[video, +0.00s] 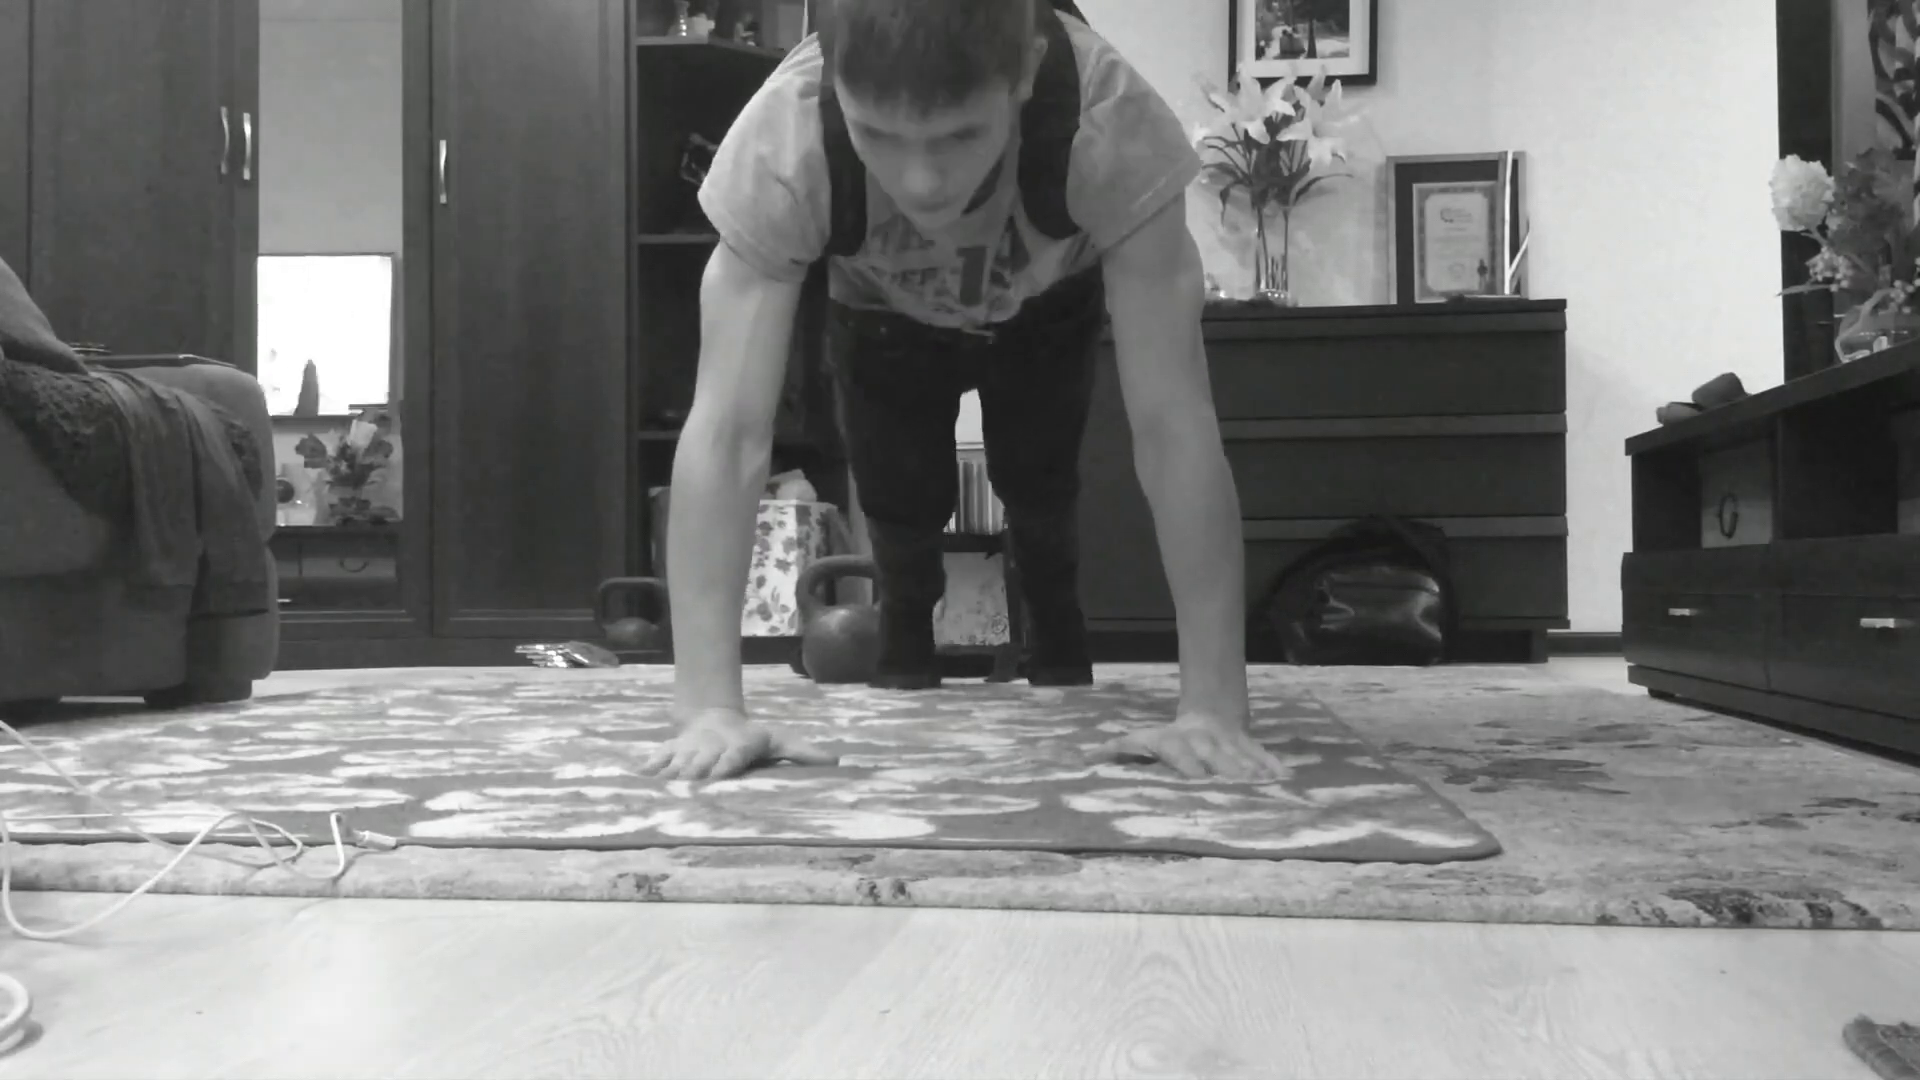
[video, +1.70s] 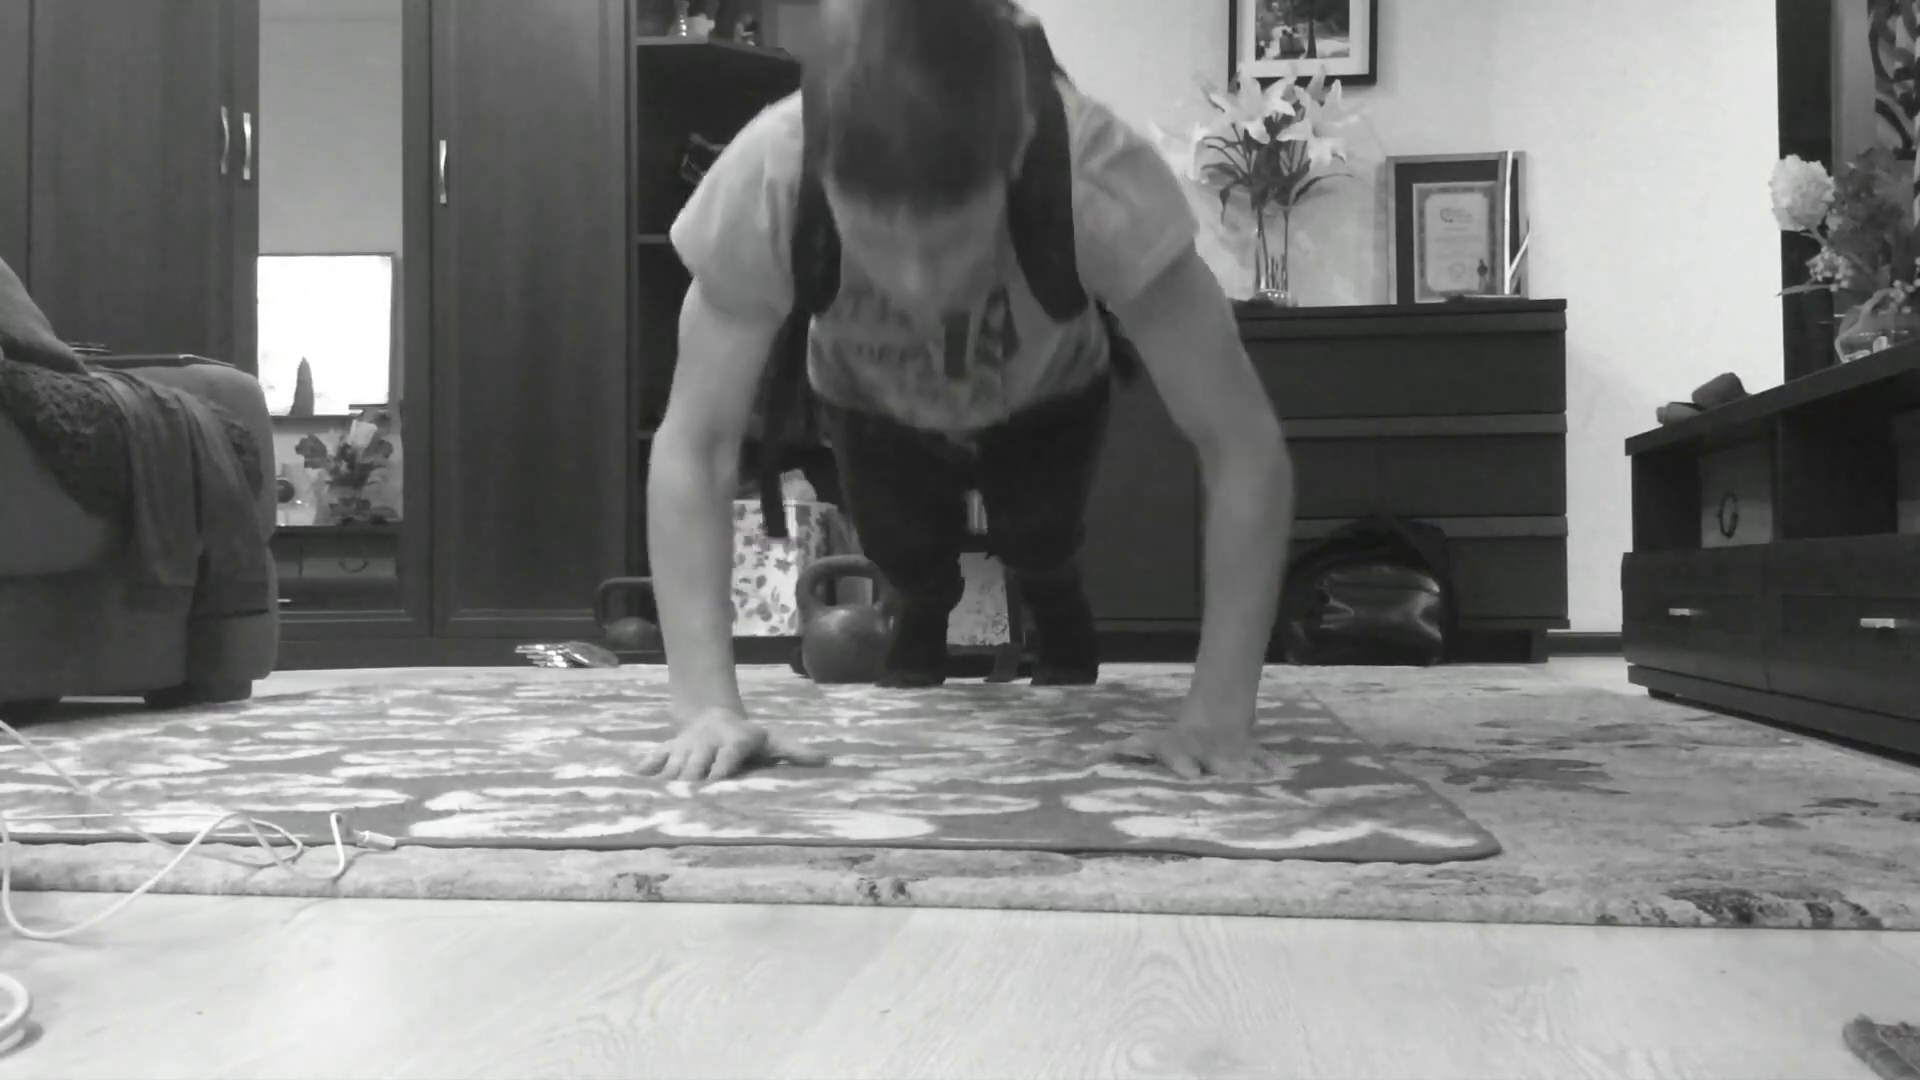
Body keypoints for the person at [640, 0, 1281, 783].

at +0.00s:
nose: (920, 180)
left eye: (958, 140)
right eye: (883, 140)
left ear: (1024, 83)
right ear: (841, 96)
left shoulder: (1115, 137)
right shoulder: (785, 149)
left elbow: (1177, 429)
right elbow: (723, 437)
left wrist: (1214, 711)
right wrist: (709, 710)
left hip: (1046, 303)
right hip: (884, 303)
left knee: (1040, 489)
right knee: (896, 501)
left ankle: (1057, 663)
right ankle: (905, 625)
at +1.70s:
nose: (921, 285)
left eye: (952, 244)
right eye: (884, 250)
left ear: (1013, 162)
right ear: (830, 180)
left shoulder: (1104, 187)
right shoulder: (763, 196)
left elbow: (1247, 450)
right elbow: (691, 448)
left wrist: (1219, 712)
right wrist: (706, 707)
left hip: (1045, 396)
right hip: (874, 402)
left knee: (1044, 546)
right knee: (902, 554)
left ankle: (1051, 606)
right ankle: (918, 613)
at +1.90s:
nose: (930, 401)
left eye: (962, 363)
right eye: (894, 367)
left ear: (1030, 273)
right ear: (836, 275)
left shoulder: (1107, 253)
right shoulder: (765, 264)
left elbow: (1295, 460)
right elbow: (662, 465)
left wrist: (1228, 707)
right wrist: (705, 708)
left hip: (1047, 468)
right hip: (880, 481)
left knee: (1043, 566)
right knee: (909, 585)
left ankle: (1048, 616)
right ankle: (915, 626)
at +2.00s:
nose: (939, 502)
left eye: (980, 465)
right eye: (896, 469)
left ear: (1040, 353)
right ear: (840, 366)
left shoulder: (1117, 314)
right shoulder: (772, 312)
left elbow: (1315, 470)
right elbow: (649, 475)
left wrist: (1227, 709)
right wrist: (702, 704)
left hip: (1052, 503)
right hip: (881, 524)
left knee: (1044, 581)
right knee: (908, 601)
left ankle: (1051, 625)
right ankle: (917, 639)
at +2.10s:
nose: (947, 548)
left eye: (984, 512)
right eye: (901, 523)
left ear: (1049, 398)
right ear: (841, 425)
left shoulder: (1125, 349)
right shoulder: (771, 348)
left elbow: (1323, 476)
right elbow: (644, 477)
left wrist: (1233, 704)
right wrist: (700, 705)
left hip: (1056, 521)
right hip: (883, 544)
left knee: (1045, 587)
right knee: (904, 606)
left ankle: (1048, 627)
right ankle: (918, 632)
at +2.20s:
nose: (948, 600)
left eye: (993, 563)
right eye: (904, 572)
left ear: (1052, 450)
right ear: (838, 464)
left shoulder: (1121, 370)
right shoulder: (770, 372)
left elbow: (1332, 480)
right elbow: (636, 482)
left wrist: (1233, 706)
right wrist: (704, 710)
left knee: (1051, 596)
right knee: (885, 640)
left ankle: (1052, 629)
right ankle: (898, 636)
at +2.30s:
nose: (944, 643)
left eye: (983, 601)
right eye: (902, 605)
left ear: (1056, 492)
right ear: (832, 498)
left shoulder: (1124, 411)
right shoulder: (771, 413)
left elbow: (1337, 485)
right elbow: (628, 488)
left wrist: (1228, 712)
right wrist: (699, 705)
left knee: (1052, 661)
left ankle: (1042, 652)